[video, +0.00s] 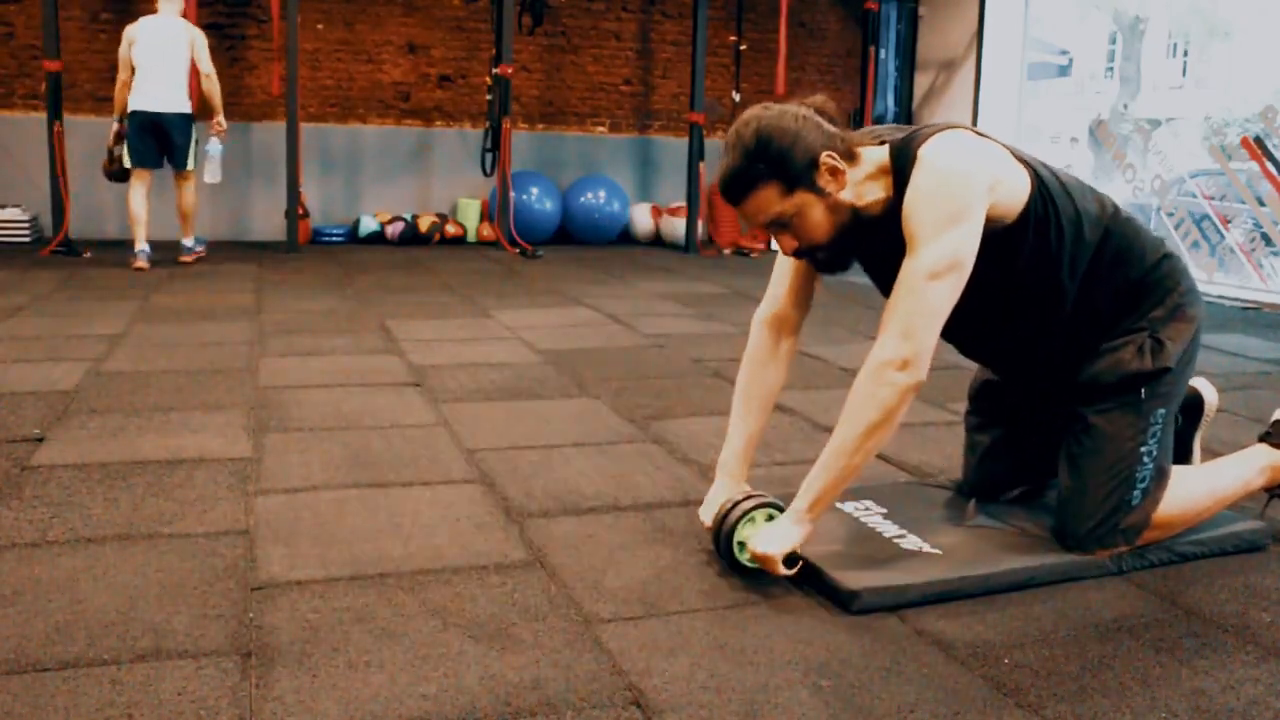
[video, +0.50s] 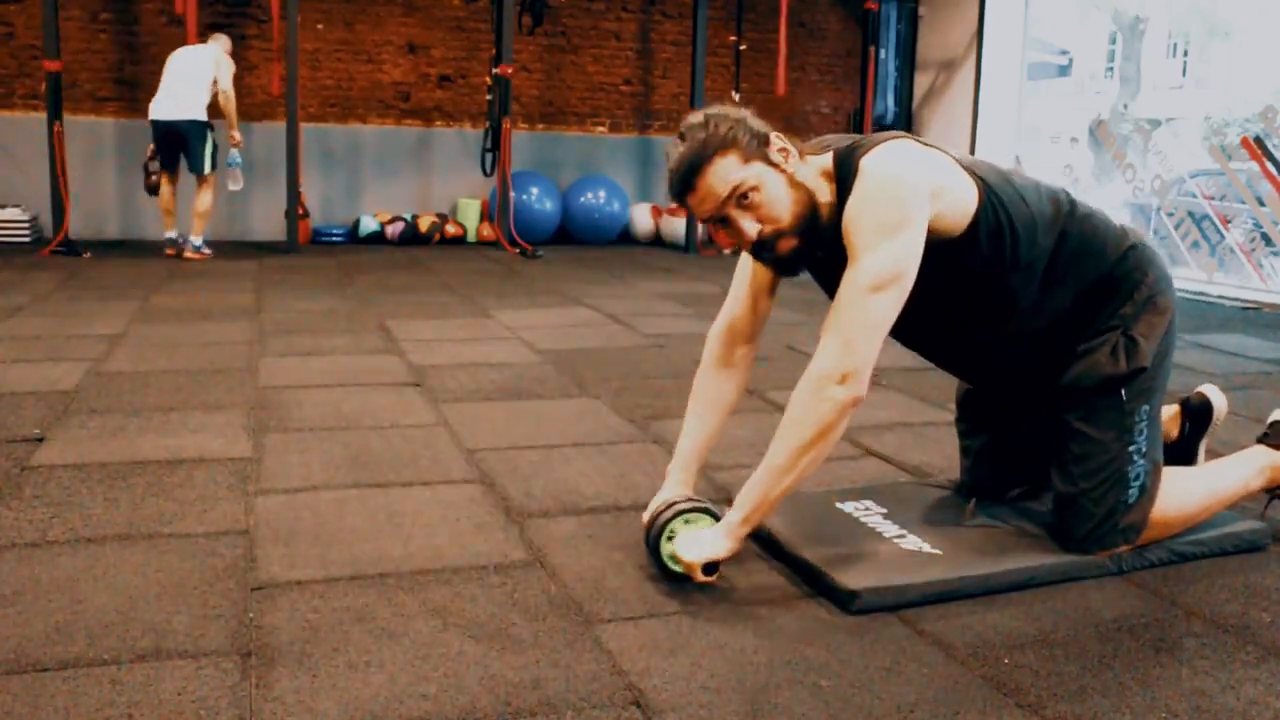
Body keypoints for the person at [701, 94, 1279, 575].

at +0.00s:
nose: (779, 247)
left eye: (782, 224)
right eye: (766, 232)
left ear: (829, 176)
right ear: (825, 173)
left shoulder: (950, 172)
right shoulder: (821, 199)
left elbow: (901, 364)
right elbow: (776, 329)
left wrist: (801, 515)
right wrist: (729, 475)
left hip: (1136, 322)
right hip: (1030, 341)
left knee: (1096, 529)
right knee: (990, 500)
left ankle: (1270, 460)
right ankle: (1169, 423)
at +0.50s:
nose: (745, 231)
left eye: (744, 198)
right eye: (721, 225)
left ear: (785, 156)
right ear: (713, 229)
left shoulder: (889, 183)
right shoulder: (778, 222)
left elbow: (839, 381)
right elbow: (728, 350)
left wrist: (737, 522)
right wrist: (678, 480)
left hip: (1109, 301)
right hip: (1011, 330)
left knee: (1097, 522)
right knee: (995, 482)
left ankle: (1269, 462)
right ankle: (1173, 425)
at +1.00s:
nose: (629, 296)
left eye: (625, 268)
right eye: (610, 292)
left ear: (658, 216)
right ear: (609, 285)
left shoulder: (764, 242)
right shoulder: (672, 263)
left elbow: (677, 443)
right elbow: (585, 383)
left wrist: (534, 553)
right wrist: (493, 491)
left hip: (1035, 313)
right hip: (953, 346)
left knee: (1102, 524)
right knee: (997, 485)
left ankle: (1270, 460)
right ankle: (1176, 417)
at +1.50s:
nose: (482, 402)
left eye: (474, 371)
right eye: (460, 401)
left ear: (513, 309)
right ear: (466, 377)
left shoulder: (624, 330)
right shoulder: (550, 326)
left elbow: (510, 524)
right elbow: (442, 439)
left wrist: (331, 587)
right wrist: (313, 519)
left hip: (937, 378)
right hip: (872, 398)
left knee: (1098, 530)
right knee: (1042, 486)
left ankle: (1258, 458)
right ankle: (1198, 419)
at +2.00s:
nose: (481, 500)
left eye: (473, 493)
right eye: (452, 489)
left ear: (497, 441)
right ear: (457, 421)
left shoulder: (587, 395)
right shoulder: (500, 366)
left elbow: (439, 578)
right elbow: (392, 479)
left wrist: (248, 600)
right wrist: (252, 535)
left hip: (907, 415)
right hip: (835, 396)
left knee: (1094, 516)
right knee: (1021, 451)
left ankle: (1258, 461)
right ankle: (1180, 411)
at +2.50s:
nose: (485, 487)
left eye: (480, 481)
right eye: (456, 476)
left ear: (513, 421)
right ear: (471, 392)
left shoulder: (599, 375)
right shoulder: (515, 346)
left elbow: (439, 545)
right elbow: (398, 466)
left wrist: (263, 597)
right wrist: (256, 530)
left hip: (927, 385)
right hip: (865, 356)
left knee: (1091, 523)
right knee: (1025, 466)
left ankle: (1261, 458)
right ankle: (1176, 408)